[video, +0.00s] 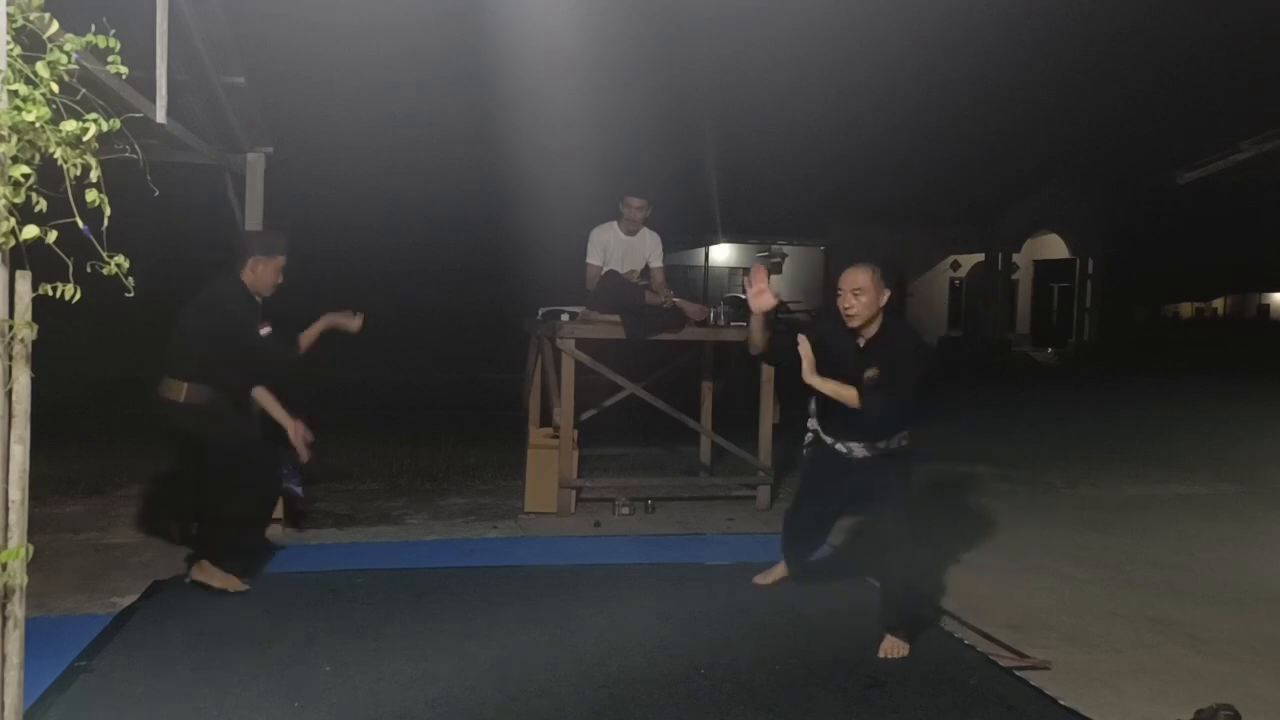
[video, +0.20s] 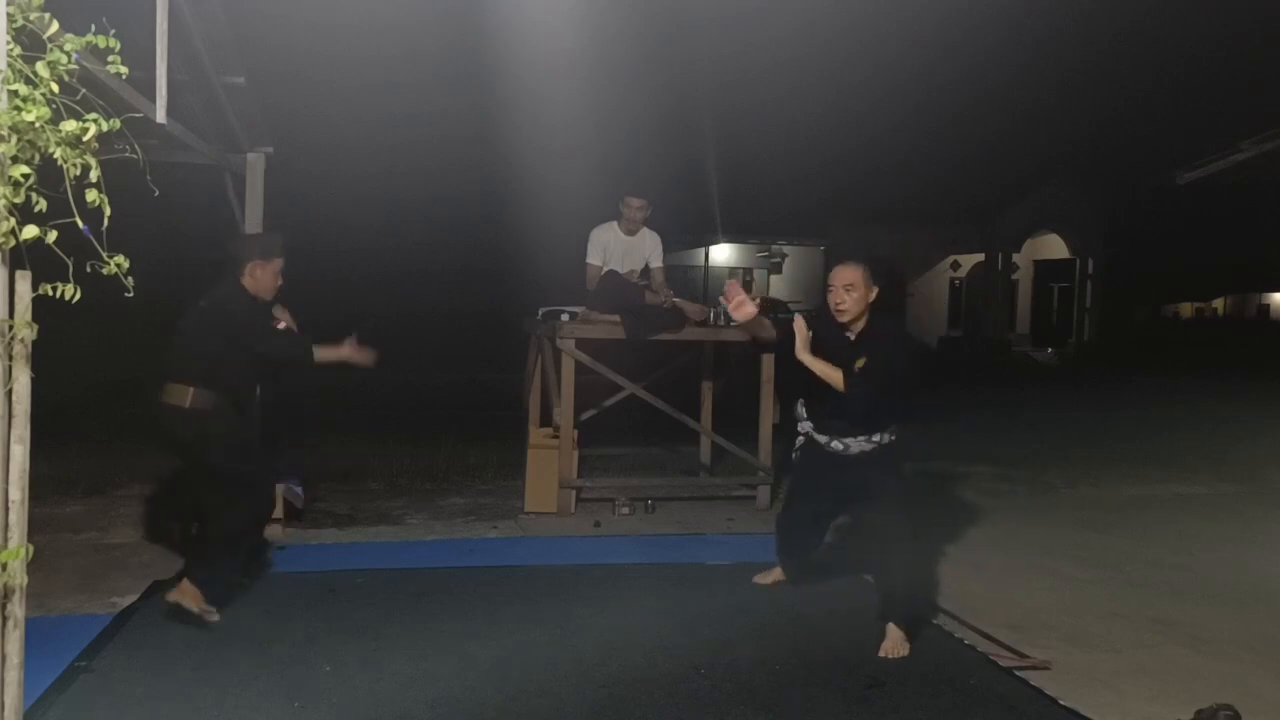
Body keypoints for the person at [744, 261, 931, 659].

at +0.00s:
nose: (846, 303)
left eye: (857, 294)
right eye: (841, 294)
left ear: (884, 297)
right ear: (835, 297)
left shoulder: (903, 343)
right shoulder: (828, 330)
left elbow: (884, 405)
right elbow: (762, 349)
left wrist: (814, 380)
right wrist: (760, 315)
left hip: (885, 456)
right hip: (830, 450)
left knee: (896, 539)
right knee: (804, 513)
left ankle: (897, 626)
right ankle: (792, 562)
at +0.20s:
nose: (838, 298)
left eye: (849, 289)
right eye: (832, 290)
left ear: (872, 294)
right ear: (826, 294)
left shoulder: (888, 338)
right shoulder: (819, 326)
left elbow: (862, 388)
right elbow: (777, 333)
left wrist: (806, 358)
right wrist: (754, 320)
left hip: (873, 453)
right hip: (819, 448)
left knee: (891, 532)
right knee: (795, 514)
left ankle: (896, 619)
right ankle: (792, 566)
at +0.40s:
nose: (836, 294)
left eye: (846, 286)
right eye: (830, 287)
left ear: (870, 290)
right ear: (825, 290)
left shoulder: (886, 334)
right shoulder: (819, 321)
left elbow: (859, 383)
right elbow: (784, 321)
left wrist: (805, 353)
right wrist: (753, 323)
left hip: (872, 451)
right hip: (820, 446)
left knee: (888, 533)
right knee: (796, 514)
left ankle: (896, 620)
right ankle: (792, 565)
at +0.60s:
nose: (835, 293)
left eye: (846, 284)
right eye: (830, 285)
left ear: (869, 288)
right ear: (825, 288)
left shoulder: (885, 332)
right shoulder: (818, 319)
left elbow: (858, 383)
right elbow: (781, 316)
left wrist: (803, 352)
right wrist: (751, 313)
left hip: (870, 446)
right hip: (817, 441)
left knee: (885, 531)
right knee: (797, 509)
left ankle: (896, 620)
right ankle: (791, 564)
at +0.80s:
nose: (838, 295)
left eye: (848, 286)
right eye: (832, 287)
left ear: (872, 289)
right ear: (826, 289)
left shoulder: (890, 330)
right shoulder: (817, 324)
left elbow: (885, 377)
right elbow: (768, 343)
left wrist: (831, 349)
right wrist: (722, 369)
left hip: (872, 446)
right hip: (818, 442)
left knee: (886, 528)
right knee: (799, 507)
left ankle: (895, 618)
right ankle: (792, 565)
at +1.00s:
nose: (850, 290)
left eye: (859, 281)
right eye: (845, 283)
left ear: (887, 282)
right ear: (841, 287)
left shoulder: (914, 322)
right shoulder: (829, 325)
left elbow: (888, 349)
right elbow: (783, 388)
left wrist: (818, 325)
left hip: (898, 449)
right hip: (841, 443)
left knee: (891, 533)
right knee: (812, 514)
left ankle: (895, 623)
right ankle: (809, 568)